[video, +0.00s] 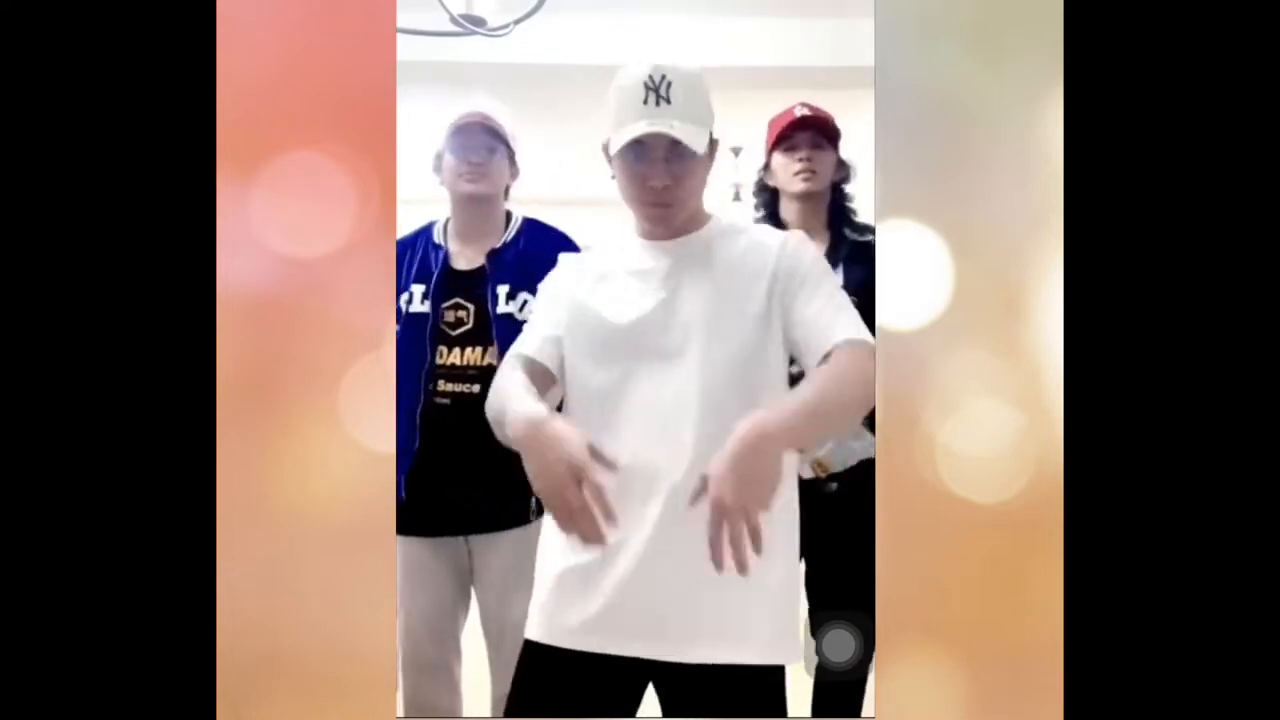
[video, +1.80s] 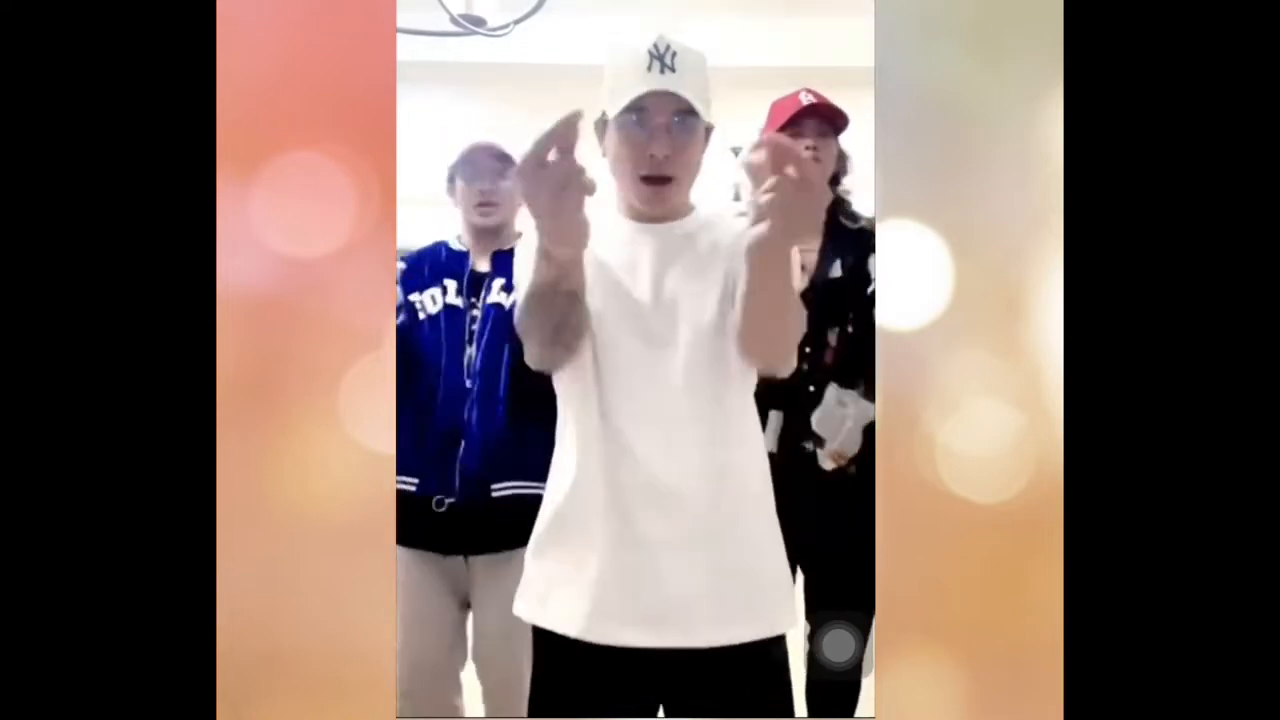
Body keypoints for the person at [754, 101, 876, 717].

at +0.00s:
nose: (805, 159)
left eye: (818, 149)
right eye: (791, 149)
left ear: (838, 165)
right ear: (769, 166)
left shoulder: (873, 250)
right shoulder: (742, 253)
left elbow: (898, 350)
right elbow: (724, 355)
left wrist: (856, 416)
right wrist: (773, 424)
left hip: (852, 468)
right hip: (764, 463)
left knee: (846, 634)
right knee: (754, 627)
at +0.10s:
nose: (809, 157)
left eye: (822, 146)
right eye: (794, 146)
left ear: (840, 164)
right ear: (771, 165)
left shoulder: (875, 248)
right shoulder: (743, 251)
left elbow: (897, 358)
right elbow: (723, 348)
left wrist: (818, 321)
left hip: (852, 464)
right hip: (762, 457)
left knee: (845, 632)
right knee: (754, 624)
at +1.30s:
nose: (795, 160)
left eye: (808, 150)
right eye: (781, 150)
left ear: (825, 167)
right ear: (754, 164)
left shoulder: (858, 254)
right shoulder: (727, 245)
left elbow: (889, 351)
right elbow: (705, 345)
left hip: (839, 466)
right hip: (748, 464)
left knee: (842, 645)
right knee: (748, 639)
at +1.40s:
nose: (798, 162)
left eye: (811, 151)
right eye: (783, 151)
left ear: (827, 166)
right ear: (757, 167)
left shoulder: (862, 256)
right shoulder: (731, 252)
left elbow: (885, 364)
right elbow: (715, 364)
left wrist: (849, 449)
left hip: (848, 469)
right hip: (751, 467)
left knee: (846, 642)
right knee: (751, 630)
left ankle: (835, 719)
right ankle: (763, 716)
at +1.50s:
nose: (800, 156)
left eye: (813, 146)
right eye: (785, 145)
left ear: (829, 161)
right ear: (759, 162)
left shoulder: (866, 248)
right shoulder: (733, 249)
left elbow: (894, 351)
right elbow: (711, 351)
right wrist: (770, 277)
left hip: (850, 460)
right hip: (755, 459)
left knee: (843, 643)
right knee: (758, 633)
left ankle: (834, 716)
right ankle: (770, 712)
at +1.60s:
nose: (806, 149)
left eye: (818, 137)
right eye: (789, 138)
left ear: (832, 150)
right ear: (763, 154)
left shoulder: (859, 235)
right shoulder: (741, 237)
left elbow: (899, 322)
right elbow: (726, 336)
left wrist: (874, 242)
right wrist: (760, 236)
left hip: (850, 452)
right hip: (761, 449)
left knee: (841, 625)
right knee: (762, 619)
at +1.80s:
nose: (814, 151)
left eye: (826, 140)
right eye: (798, 139)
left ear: (839, 156)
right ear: (768, 152)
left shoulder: (869, 244)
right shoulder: (742, 246)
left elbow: (894, 340)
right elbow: (722, 351)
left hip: (846, 473)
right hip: (754, 466)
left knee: (840, 633)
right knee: (748, 622)